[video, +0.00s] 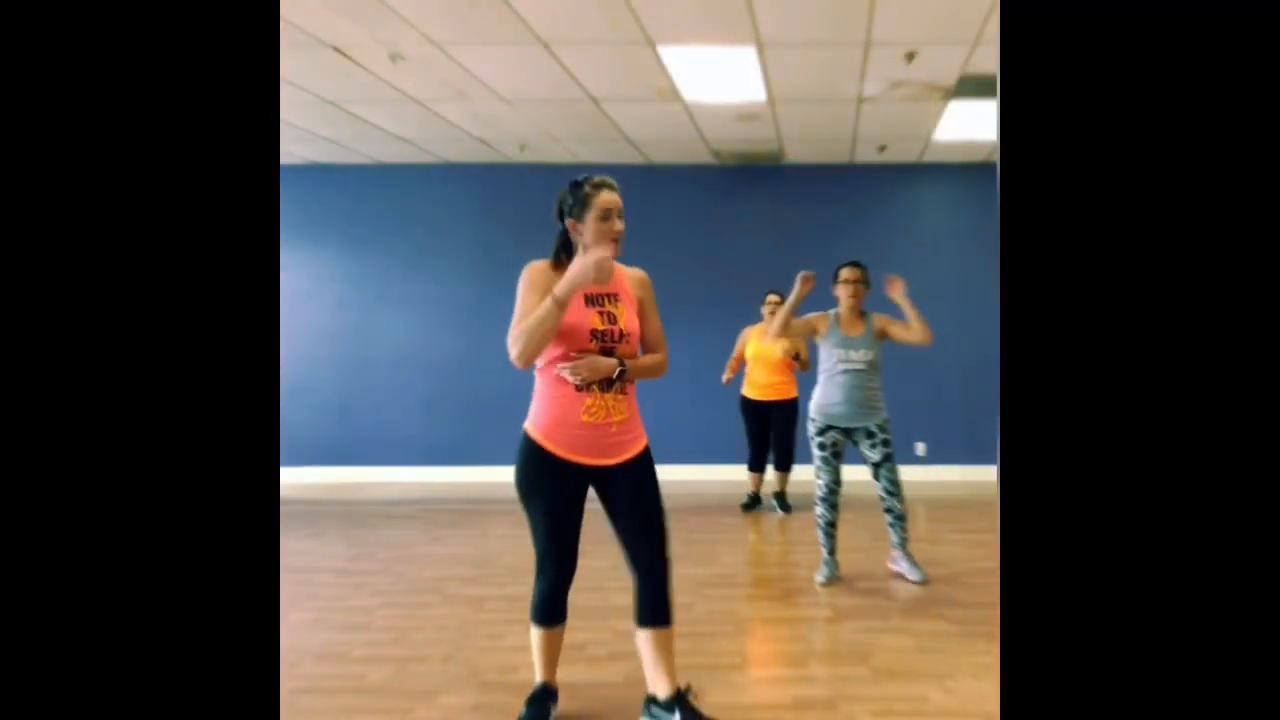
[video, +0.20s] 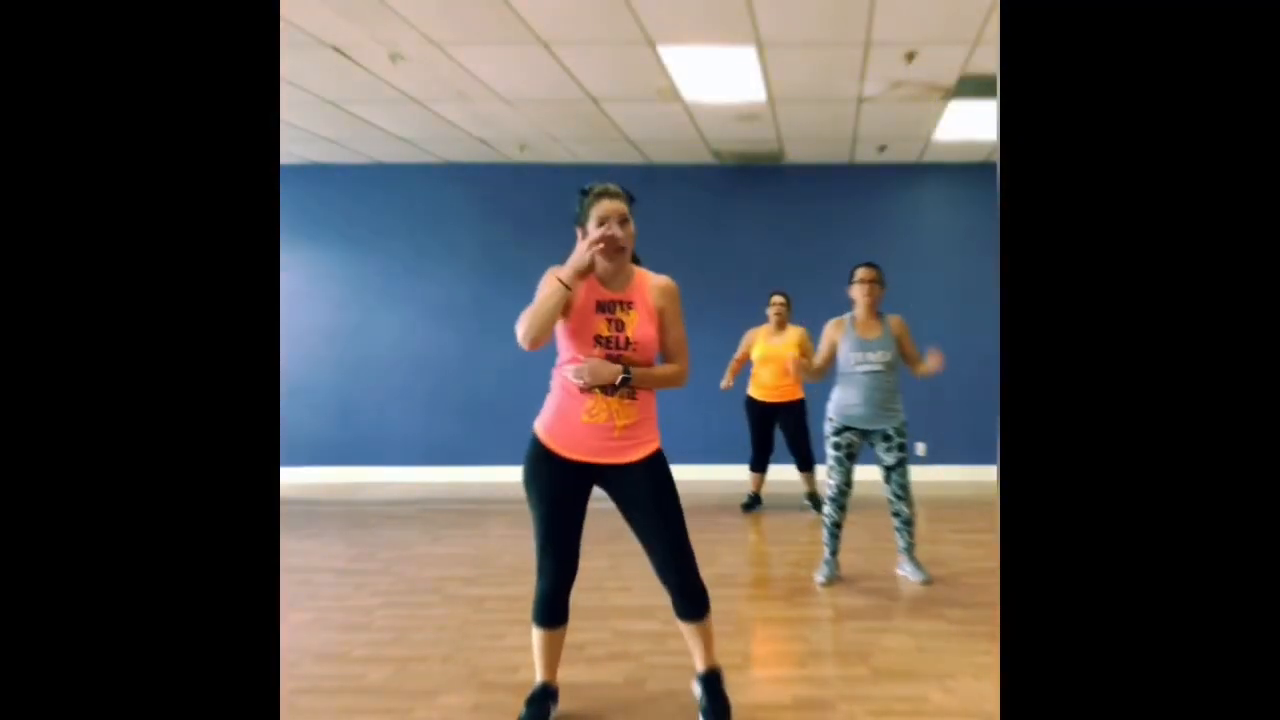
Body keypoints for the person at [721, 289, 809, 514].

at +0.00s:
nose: (772, 308)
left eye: (777, 304)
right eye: (768, 304)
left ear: (785, 309)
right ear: (761, 308)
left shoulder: (793, 333)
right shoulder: (749, 332)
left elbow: (805, 366)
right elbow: (737, 357)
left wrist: (797, 356)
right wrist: (730, 371)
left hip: (784, 395)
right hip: (754, 395)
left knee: (783, 447)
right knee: (757, 446)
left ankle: (780, 491)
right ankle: (753, 492)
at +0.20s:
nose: (777, 309)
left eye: (782, 305)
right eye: (774, 305)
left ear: (789, 310)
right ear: (767, 310)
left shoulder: (799, 335)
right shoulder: (754, 335)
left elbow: (812, 364)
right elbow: (738, 358)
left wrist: (800, 365)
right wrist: (729, 376)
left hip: (790, 398)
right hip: (760, 398)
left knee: (801, 449)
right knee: (761, 449)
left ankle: (812, 492)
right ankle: (754, 493)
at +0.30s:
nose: (784, 310)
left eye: (788, 307)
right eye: (780, 307)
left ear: (795, 311)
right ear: (773, 311)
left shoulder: (806, 335)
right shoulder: (761, 337)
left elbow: (818, 363)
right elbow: (747, 363)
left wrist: (812, 373)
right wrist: (737, 382)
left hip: (796, 401)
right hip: (766, 400)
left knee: (806, 452)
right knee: (764, 450)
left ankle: (821, 495)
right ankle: (754, 494)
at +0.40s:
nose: (791, 310)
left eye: (796, 306)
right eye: (788, 306)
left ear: (802, 310)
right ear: (781, 311)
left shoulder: (815, 335)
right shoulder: (770, 337)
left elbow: (826, 362)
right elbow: (760, 366)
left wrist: (826, 376)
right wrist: (753, 389)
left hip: (806, 400)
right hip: (775, 399)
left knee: (811, 452)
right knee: (768, 450)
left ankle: (822, 495)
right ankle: (755, 494)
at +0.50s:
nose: (798, 310)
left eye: (803, 306)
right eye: (795, 306)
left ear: (810, 311)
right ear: (788, 311)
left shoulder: (822, 335)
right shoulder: (777, 338)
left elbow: (836, 361)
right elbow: (769, 369)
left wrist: (836, 374)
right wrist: (768, 396)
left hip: (815, 400)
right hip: (785, 401)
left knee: (817, 453)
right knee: (773, 451)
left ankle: (823, 495)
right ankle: (757, 494)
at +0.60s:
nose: (804, 309)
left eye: (808, 306)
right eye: (800, 306)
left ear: (815, 311)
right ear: (794, 310)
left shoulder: (828, 335)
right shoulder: (783, 338)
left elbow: (842, 362)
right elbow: (776, 369)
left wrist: (852, 384)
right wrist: (778, 397)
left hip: (822, 401)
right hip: (792, 401)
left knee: (820, 453)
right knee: (777, 450)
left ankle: (824, 495)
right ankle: (762, 493)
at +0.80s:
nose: (811, 308)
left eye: (816, 303)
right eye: (808, 304)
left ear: (823, 308)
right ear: (801, 309)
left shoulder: (835, 333)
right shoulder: (790, 336)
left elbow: (848, 361)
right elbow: (782, 368)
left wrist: (860, 383)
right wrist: (781, 395)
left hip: (828, 398)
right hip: (798, 398)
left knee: (824, 450)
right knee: (784, 447)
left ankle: (824, 494)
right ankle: (777, 491)